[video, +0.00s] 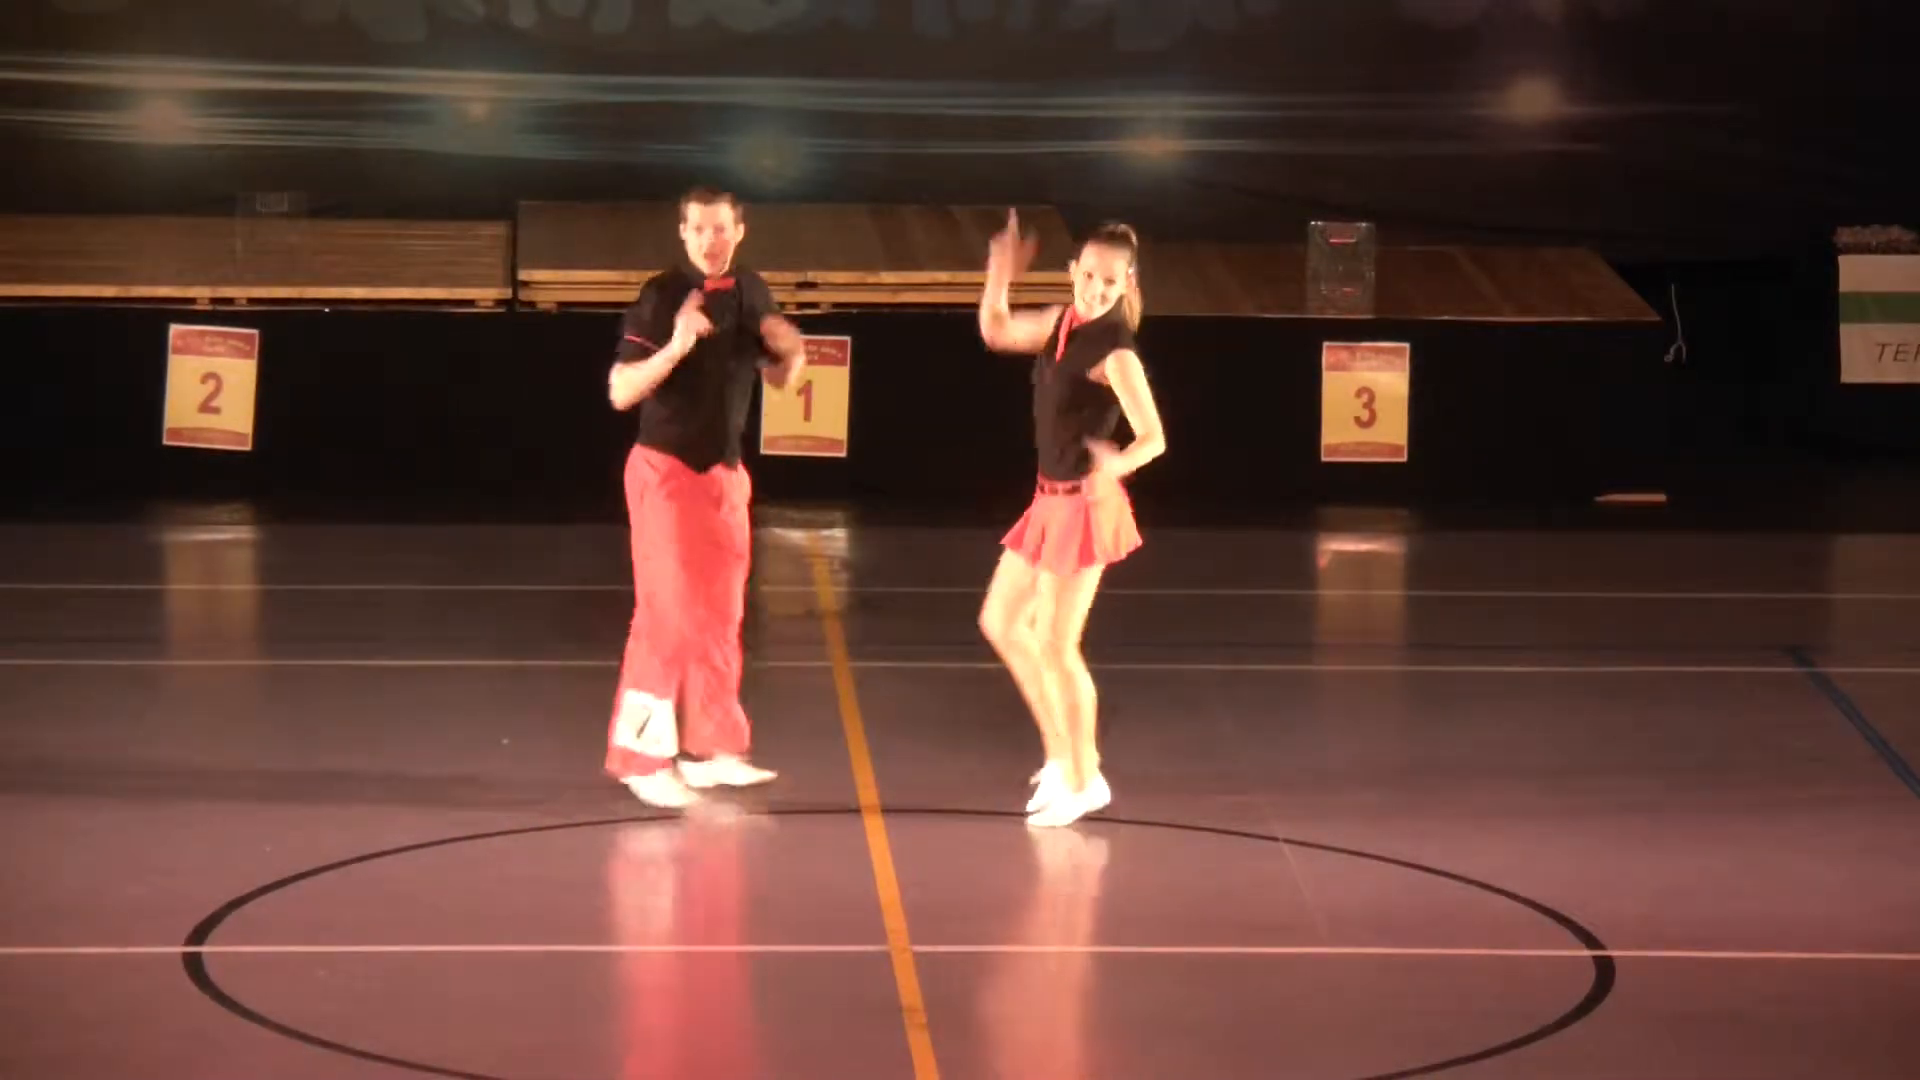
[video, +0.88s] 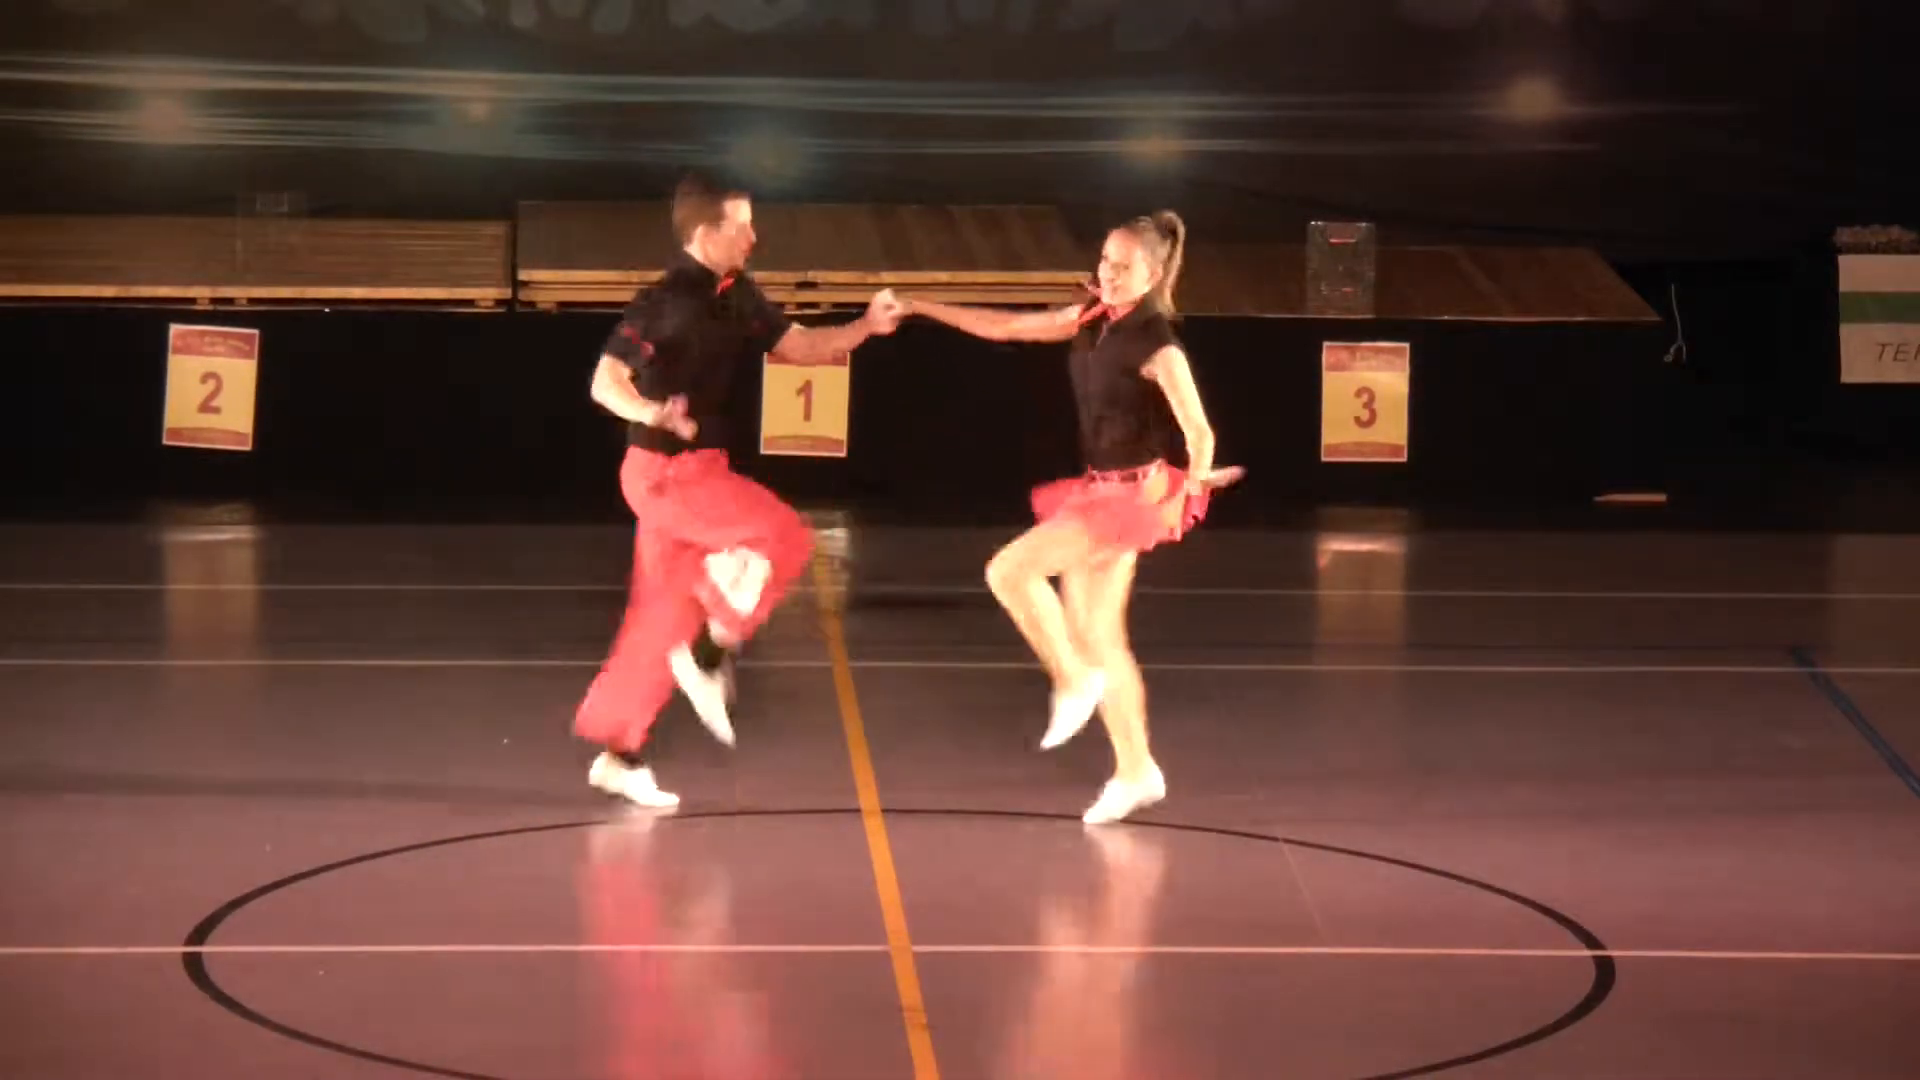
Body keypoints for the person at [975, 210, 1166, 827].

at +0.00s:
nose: (1095, 290)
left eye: (1110, 281)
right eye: (1089, 274)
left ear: (1125, 287)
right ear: (1073, 270)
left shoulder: (1116, 350)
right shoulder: (1057, 324)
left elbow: (1153, 437)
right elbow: (996, 331)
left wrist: (1113, 470)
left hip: (1088, 506)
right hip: (1047, 502)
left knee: (1056, 642)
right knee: (1000, 623)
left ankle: (1085, 778)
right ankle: (1060, 760)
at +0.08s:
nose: (1097, 287)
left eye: (1111, 279)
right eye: (1090, 271)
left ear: (1133, 278)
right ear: (1077, 257)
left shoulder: (1118, 340)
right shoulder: (1062, 299)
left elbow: (1150, 438)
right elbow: (1005, 246)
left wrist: (1183, 517)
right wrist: (1008, 168)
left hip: (1091, 498)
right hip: (1062, 493)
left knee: (1006, 624)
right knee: (1061, 636)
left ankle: (1046, 753)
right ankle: (1116, 761)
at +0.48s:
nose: (1091, 262)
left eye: (1102, 252)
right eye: (1094, 250)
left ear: (1137, 264)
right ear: (1113, 260)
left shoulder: (1147, 332)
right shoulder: (1100, 304)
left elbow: (1173, 432)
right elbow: (1028, 299)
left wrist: (1139, 456)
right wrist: (964, 266)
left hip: (1102, 486)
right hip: (1062, 478)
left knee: (1066, 630)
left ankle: (1062, 770)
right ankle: (1084, 717)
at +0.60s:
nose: (1089, 276)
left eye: (1102, 268)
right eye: (1093, 266)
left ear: (1137, 282)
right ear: (1119, 279)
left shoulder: (1141, 357)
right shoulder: (1102, 333)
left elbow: (1140, 464)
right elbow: (1027, 351)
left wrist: (1121, 539)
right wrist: (945, 338)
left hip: (1124, 512)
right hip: (1088, 494)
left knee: (1115, 653)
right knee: (968, 474)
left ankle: (1165, 785)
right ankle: (895, 596)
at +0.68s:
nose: (1087, 287)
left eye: (1098, 280)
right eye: (1091, 277)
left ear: (1132, 298)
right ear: (1123, 294)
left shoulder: (1136, 371)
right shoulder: (1101, 344)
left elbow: (1148, 464)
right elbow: (1023, 363)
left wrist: (1134, 534)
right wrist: (939, 351)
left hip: (1130, 525)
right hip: (1089, 508)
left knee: (1137, 661)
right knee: (974, 503)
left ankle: (1171, 793)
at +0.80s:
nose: (1106, 269)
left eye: (1121, 261)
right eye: (1104, 257)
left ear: (1152, 271)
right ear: (1098, 259)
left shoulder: (1153, 341)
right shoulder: (1094, 315)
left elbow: (1187, 434)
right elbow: (1013, 335)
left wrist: (1164, 484)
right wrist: (924, 324)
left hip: (1140, 492)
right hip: (1096, 484)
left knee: (1055, 610)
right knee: (998, 540)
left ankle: (1129, 723)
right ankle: (1042, 679)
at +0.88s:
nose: (1109, 273)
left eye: (1125, 267)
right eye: (1106, 260)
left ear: (1155, 275)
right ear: (1099, 260)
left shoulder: (1155, 343)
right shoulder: (1086, 319)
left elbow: (1197, 426)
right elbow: (1003, 328)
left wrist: (1199, 474)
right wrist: (917, 308)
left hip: (1139, 500)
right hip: (1100, 497)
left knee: (1009, 571)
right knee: (1098, 638)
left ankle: (1072, 678)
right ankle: (1137, 771)